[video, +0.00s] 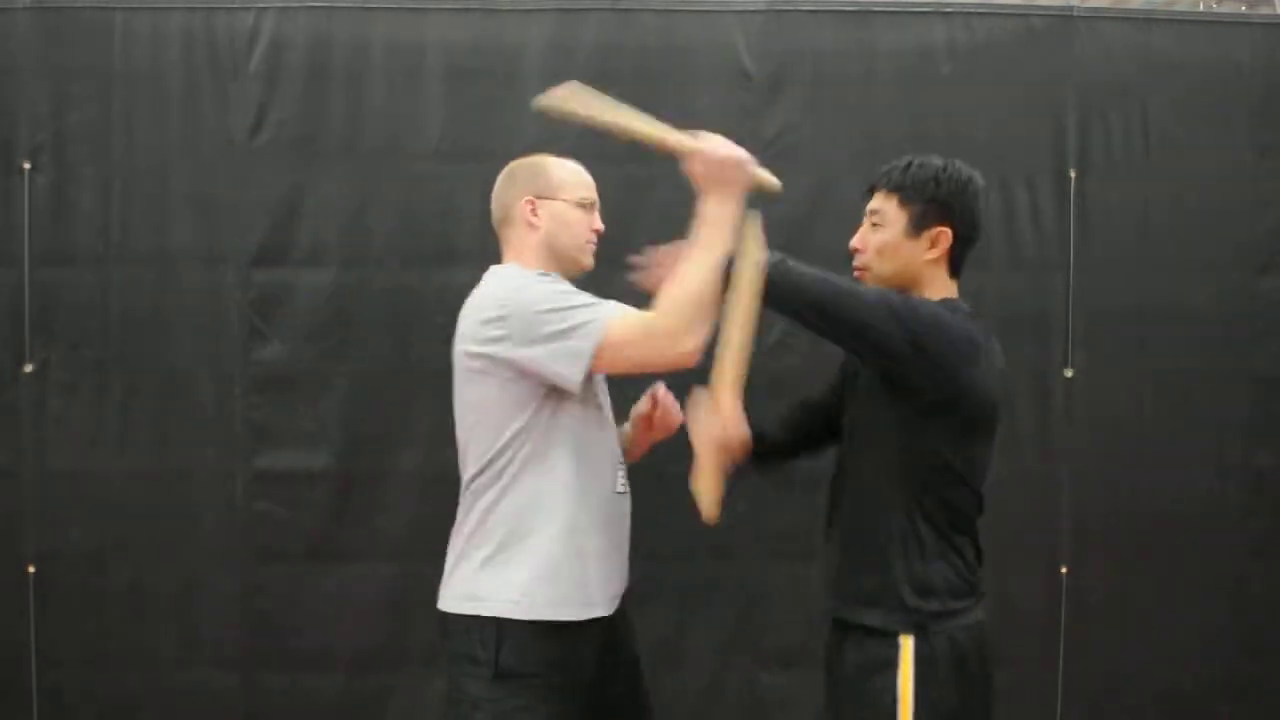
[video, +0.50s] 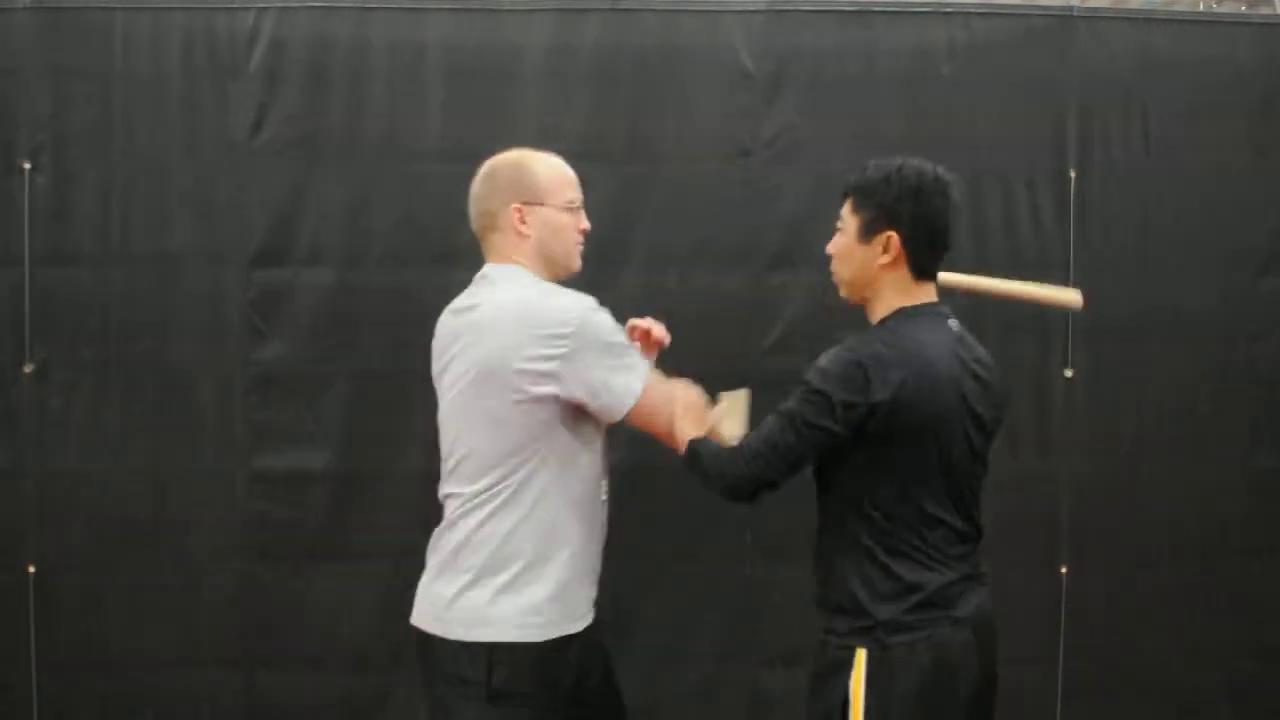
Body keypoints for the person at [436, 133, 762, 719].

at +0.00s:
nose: (599, 225)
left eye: (598, 211)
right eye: (585, 206)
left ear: (537, 214)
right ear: (533, 212)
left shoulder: (545, 309)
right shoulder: (509, 300)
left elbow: (546, 467)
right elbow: (676, 340)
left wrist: (630, 442)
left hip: (586, 618)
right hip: (514, 624)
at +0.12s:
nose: (605, 227)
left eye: (603, 212)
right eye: (592, 209)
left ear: (543, 217)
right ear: (541, 214)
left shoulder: (548, 302)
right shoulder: (529, 296)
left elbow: (560, 463)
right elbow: (702, 338)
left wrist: (635, 422)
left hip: (582, 613)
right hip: (523, 616)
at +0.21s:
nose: (606, 229)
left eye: (604, 214)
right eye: (593, 211)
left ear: (544, 216)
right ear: (542, 214)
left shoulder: (516, 305)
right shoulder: (544, 298)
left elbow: (544, 450)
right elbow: (711, 336)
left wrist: (626, 419)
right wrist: (822, 287)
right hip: (524, 615)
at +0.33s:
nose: (603, 228)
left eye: (600, 212)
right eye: (590, 210)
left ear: (538, 216)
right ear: (541, 214)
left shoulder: (481, 315)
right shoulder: (572, 299)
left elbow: (601, 412)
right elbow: (731, 356)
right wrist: (805, 297)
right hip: (534, 619)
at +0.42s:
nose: (597, 225)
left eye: (594, 210)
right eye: (582, 208)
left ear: (531, 218)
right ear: (534, 216)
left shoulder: (472, 314)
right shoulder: (566, 308)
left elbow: (597, 404)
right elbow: (710, 378)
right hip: (522, 632)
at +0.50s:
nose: (587, 225)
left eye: (583, 209)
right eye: (572, 208)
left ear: (522, 220)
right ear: (522, 218)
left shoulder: (459, 317)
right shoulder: (566, 319)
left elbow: (544, 411)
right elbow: (682, 424)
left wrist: (626, 359)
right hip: (529, 637)